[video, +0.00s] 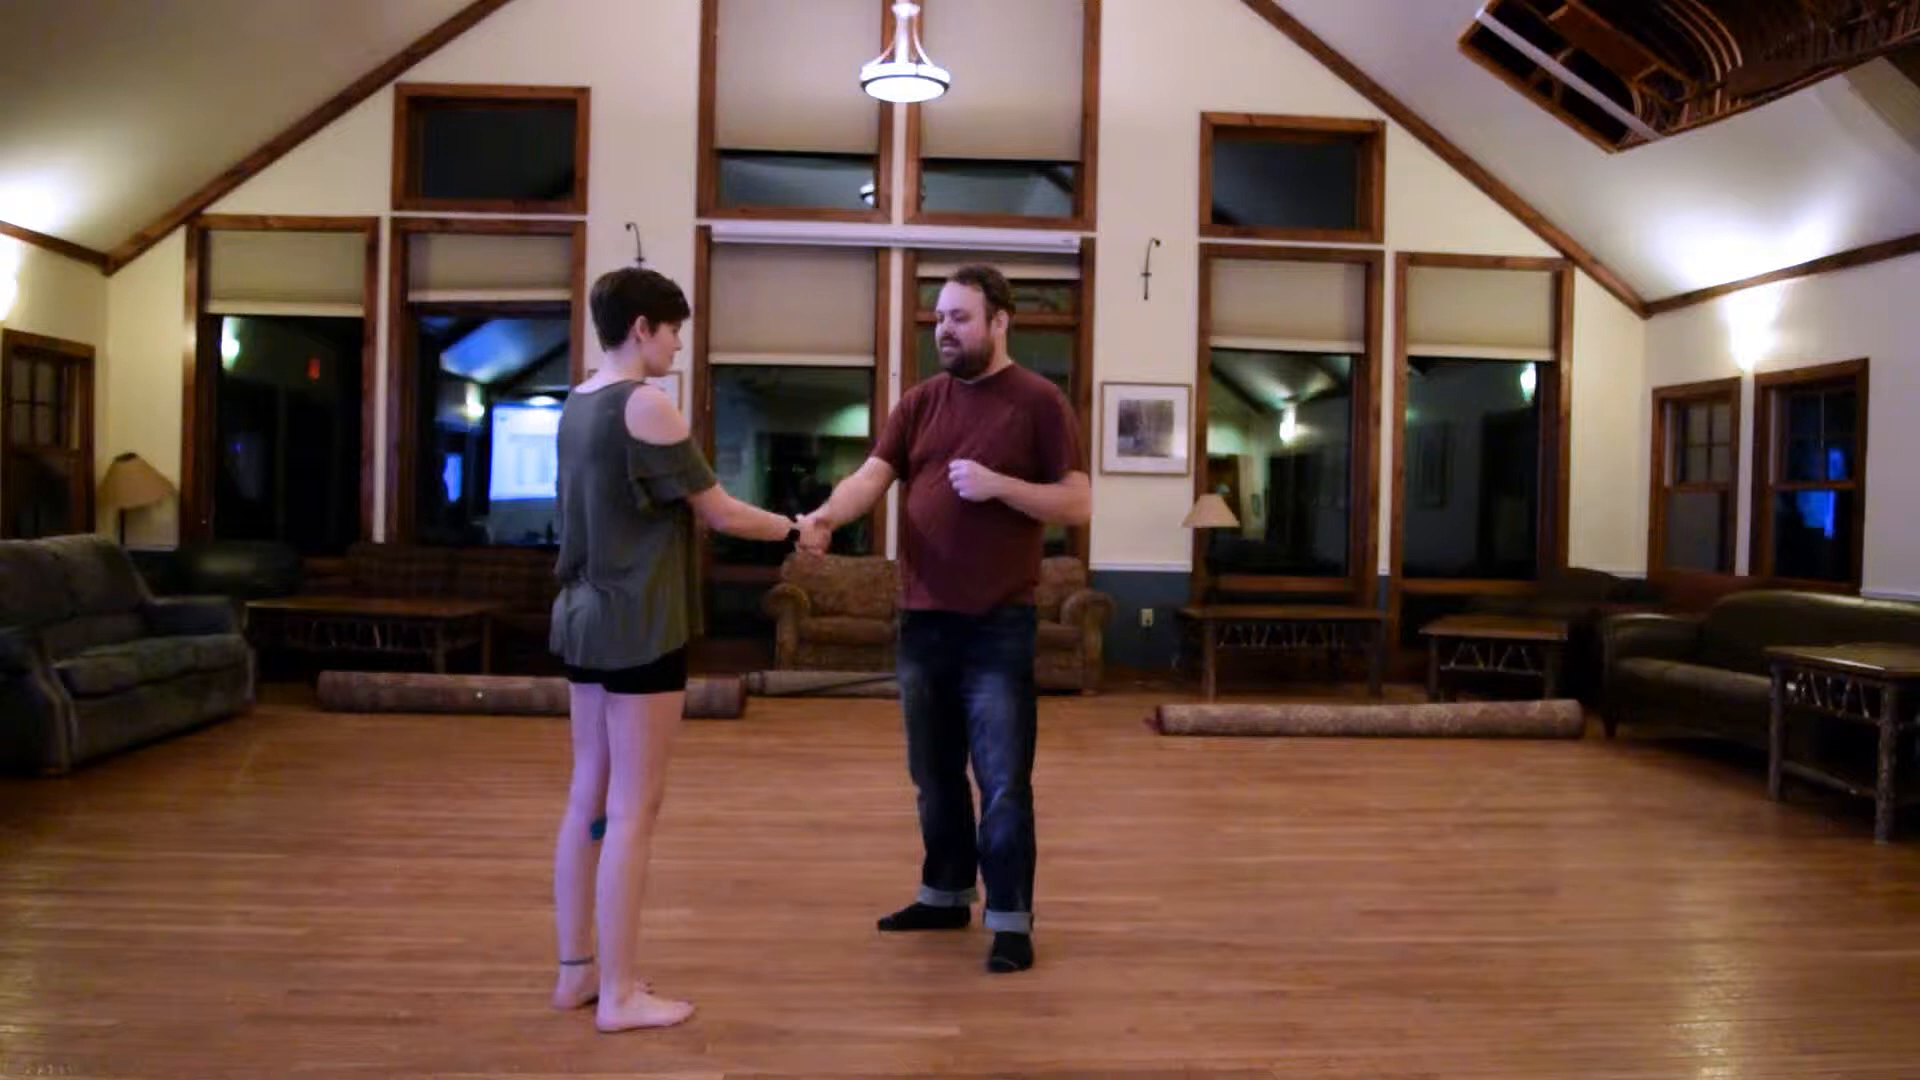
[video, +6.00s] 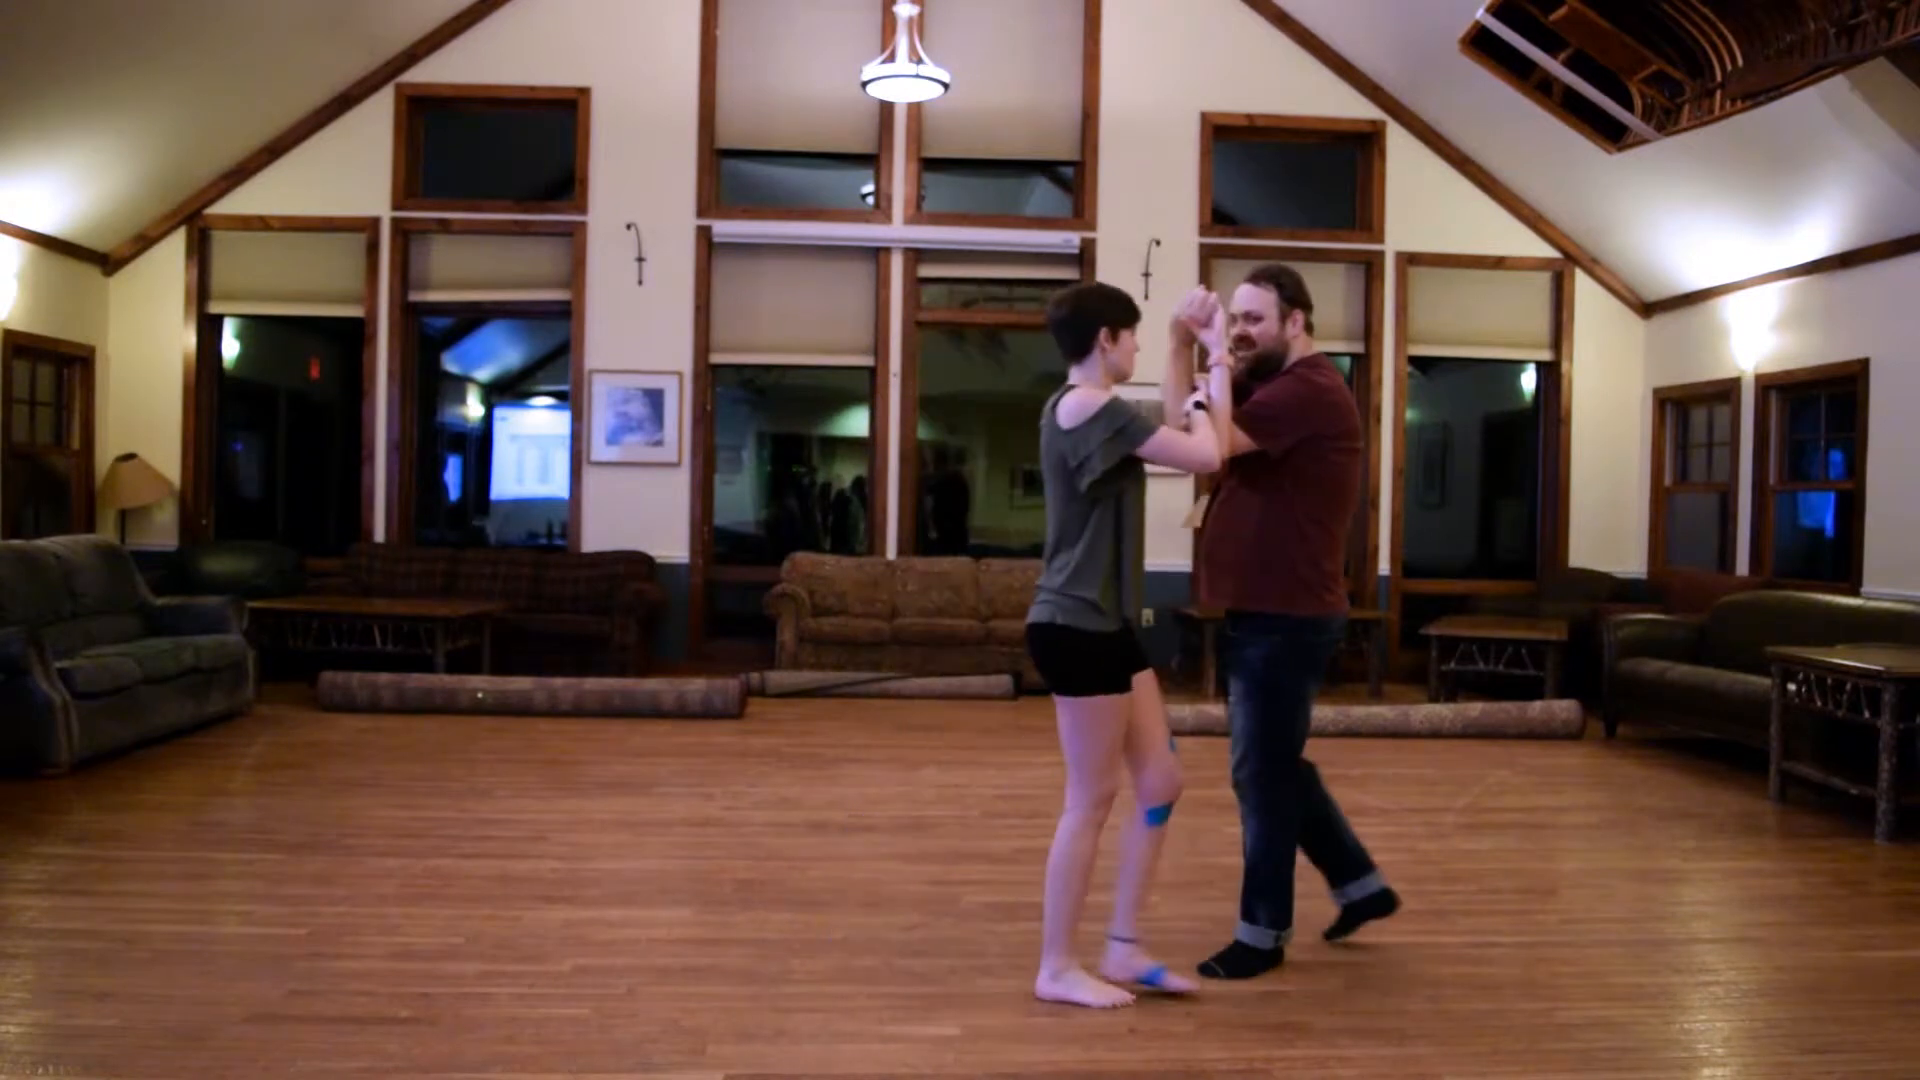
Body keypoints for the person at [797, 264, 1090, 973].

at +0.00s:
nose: (945, 331)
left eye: (959, 318)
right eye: (939, 320)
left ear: (999, 323)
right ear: (935, 326)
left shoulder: (1039, 402)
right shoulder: (919, 403)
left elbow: (1079, 504)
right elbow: (871, 478)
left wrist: (1001, 487)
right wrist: (825, 516)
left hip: (1001, 617)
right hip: (924, 615)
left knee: (1002, 775)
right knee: (933, 769)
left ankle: (1009, 920)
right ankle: (944, 897)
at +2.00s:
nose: (901, 315)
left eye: (914, 305)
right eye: (899, 306)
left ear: (958, 314)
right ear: (909, 316)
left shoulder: (984, 373)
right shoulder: (899, 372)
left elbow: (959, 364)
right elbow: (836, 328)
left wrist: (865, 340)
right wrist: (769, 257)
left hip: (961, 606)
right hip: (903, 605)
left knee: (958, 772)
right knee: (920, 768)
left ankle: (969, 925)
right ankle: (940, 898)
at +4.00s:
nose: (906, 330)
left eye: (921, 317)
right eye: (901, 317)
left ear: (960, 321)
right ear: (903, 322)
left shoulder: (980, 390)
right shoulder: (919, 385)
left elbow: (901, 440)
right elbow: (858, 416)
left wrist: (898, 354)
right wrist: (864, 337)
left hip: (965, 611)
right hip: (904, 608)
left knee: (967, 771)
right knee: (901, 762)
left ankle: (985, 922)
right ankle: (917, 906)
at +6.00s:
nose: (1239, 332)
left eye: (1253, 318)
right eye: (1234, 320)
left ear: (1296, 322)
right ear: (1239, 327)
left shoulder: (1312, 389)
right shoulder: (1269, 383)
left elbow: (1219, 439)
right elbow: (1185, 427)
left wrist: (1217, 359)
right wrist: (1182, 345)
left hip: (1288, 613)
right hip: (1253, 610)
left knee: (1263, 772)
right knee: (1269, 765)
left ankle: (1263, 932)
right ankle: (1361, 887)